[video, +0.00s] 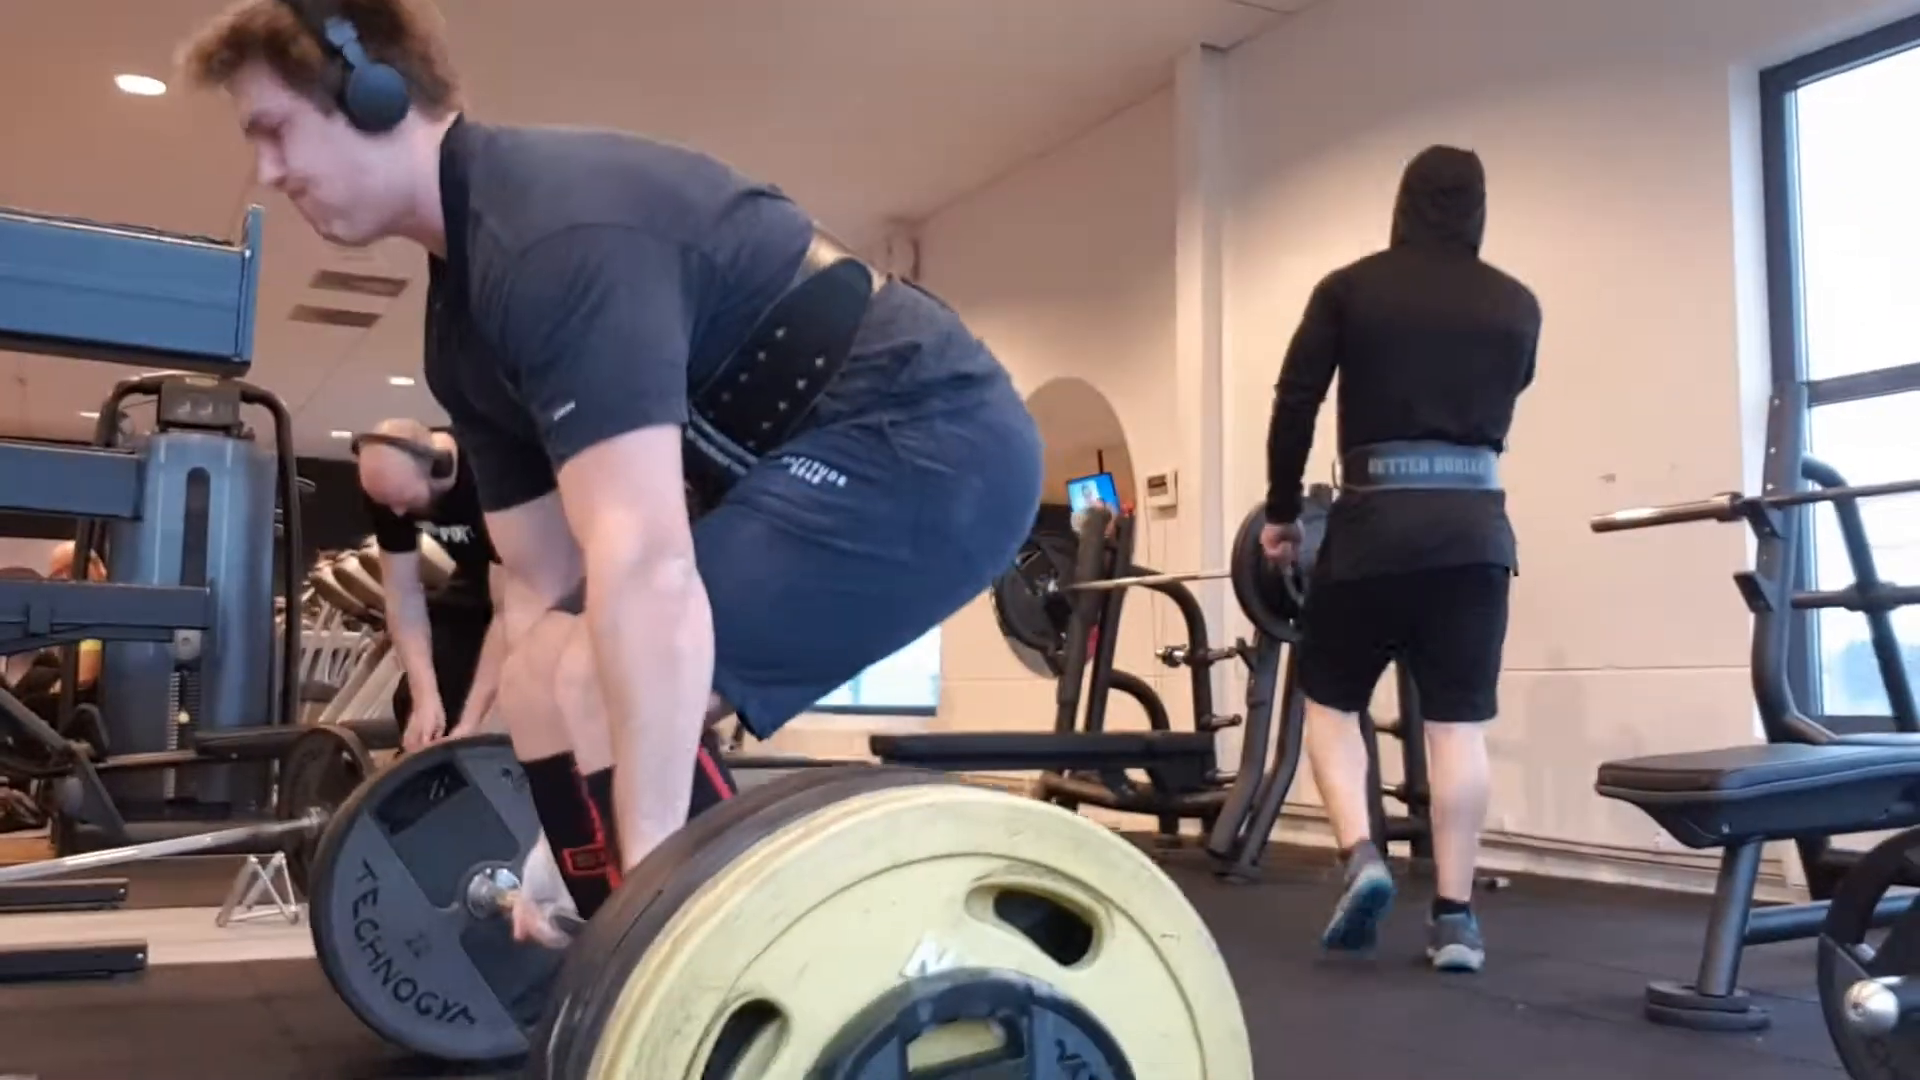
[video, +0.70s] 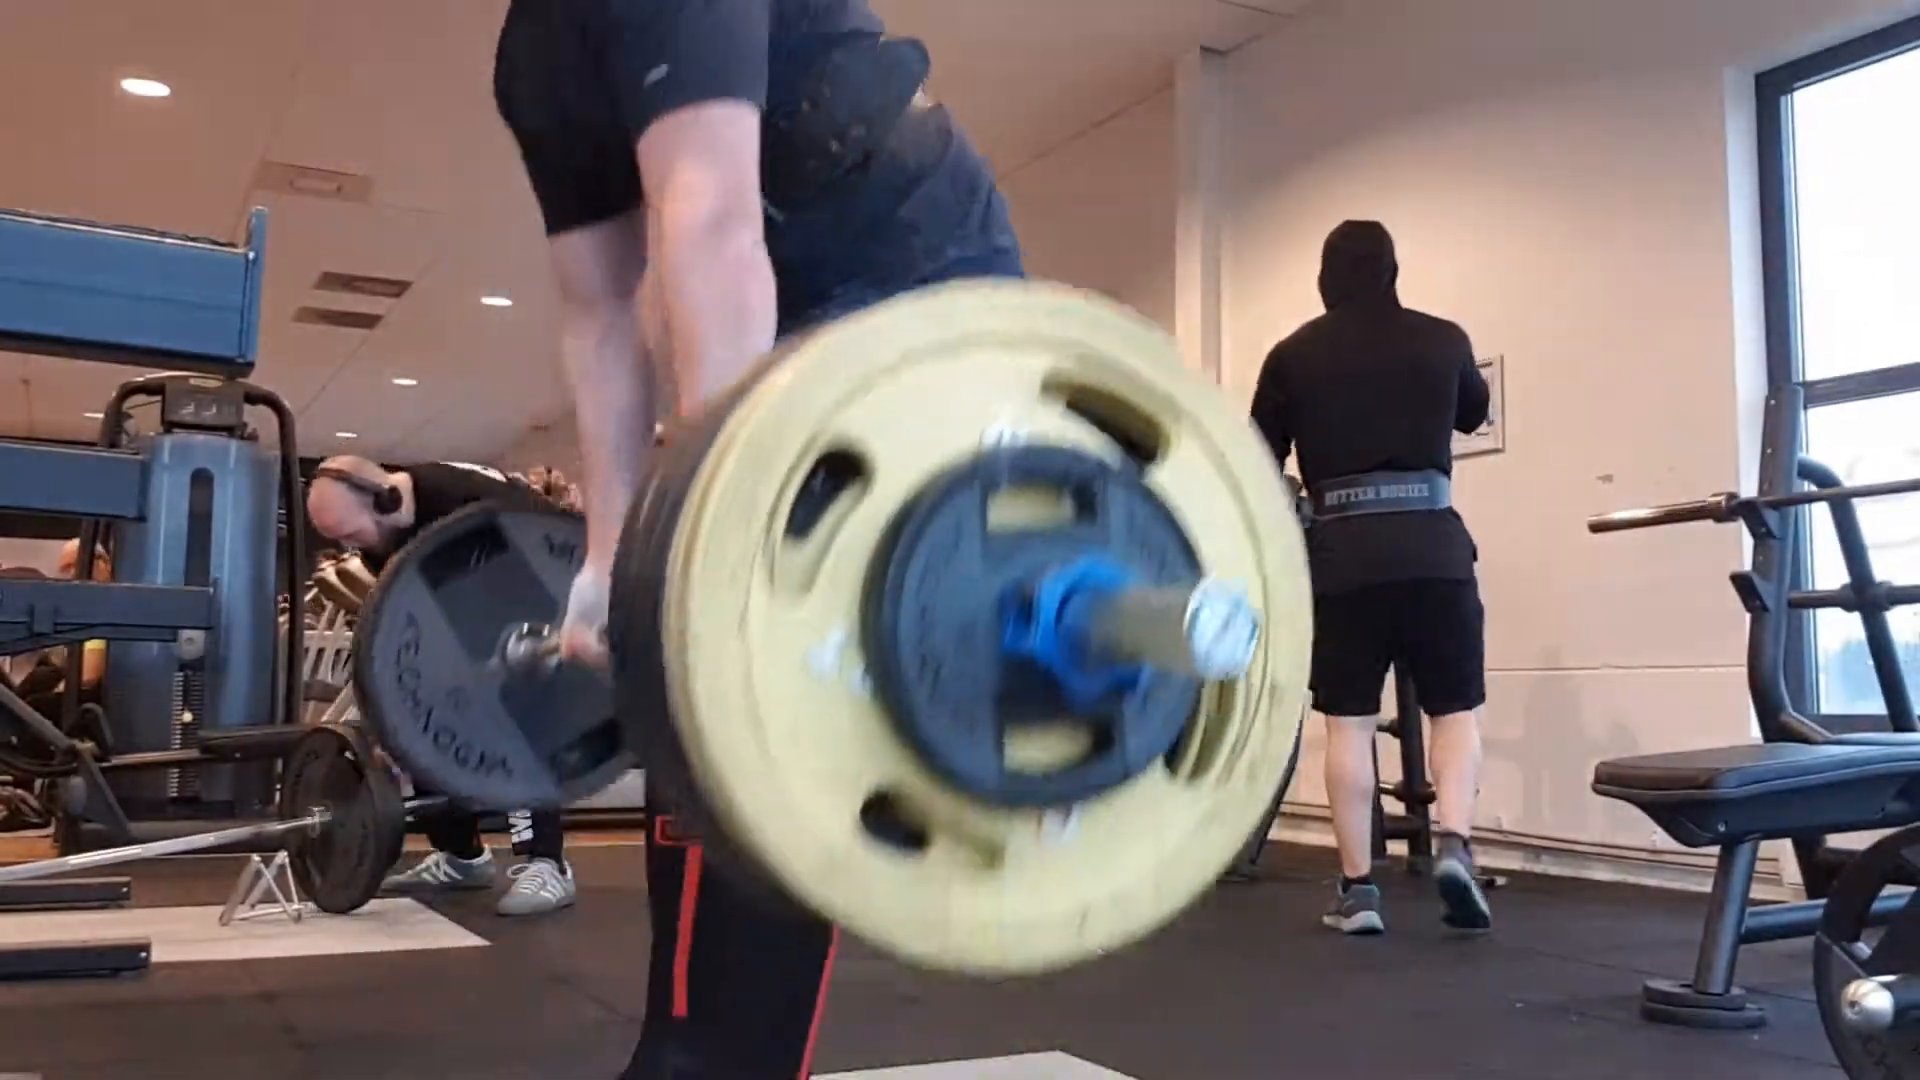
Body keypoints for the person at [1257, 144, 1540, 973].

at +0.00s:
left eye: (1423, 196)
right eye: (1464, 204)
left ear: (1402, 208)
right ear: (1479, 216)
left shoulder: (1348, 288)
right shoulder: (1516, 303)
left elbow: (1295, 404)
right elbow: (1502, 400)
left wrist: (1282, 511)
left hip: (1373, 530)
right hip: (1474, 531)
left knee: (1331, 698)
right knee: (1458, 724)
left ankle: (1362, 857)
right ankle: (1455, 917)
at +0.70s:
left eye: (1331, 269)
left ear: (1326, 279)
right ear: (1394, 275)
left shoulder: (1293, 356)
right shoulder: (1442, 340)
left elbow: (1259, 464)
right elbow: (1472, 415)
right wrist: (1427, 374)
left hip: (1343, 566)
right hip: (1435, 558)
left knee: (1347, 724)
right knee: (1453, 708)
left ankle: (1359, 890)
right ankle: (1453, 847)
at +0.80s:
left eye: (1327, 279)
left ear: (1324, 284)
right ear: (1393, 281)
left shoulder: (1301, 356)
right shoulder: (1442, 345)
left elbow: (1281, 434)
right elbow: (1472, 420)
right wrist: (1411, 396)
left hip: (1343, 562)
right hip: (1433, 560)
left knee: (1347, 725)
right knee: (1451, 718)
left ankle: (1358, 891)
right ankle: (1470, 875)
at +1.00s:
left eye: (1339, 292)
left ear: (1340, 300)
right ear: (1406, 297)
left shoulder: (1320, 361)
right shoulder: (1454, 362)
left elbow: (1296, 447)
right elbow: (1483, 442)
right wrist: (1427, 408)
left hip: (1348, 567)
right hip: (1436, 568)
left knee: (1351, 725)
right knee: (1446, 730)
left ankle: (1359, 886)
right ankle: (1461, 879)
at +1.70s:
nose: (1349, 333)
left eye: (1350, 323)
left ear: (1354, 326)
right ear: (1413, 321)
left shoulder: (1336, 392)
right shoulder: (1463, 391)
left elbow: (1304, 484)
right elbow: (1463, 487)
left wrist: (1289, 554)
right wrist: (1418, 537)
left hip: (1376, 575)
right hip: (1453, 572)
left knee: (1372, 725)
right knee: (1452, 719)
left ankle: (1380, 869)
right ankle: (1460, 871)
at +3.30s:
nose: (1361, 344)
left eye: (1361, 333)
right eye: (1361, 334)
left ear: (1371, 330)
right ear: (1423, 320)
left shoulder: (1380, 386)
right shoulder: (1479, 385)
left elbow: (1346, 476)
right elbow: (1514, 471)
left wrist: (1342, 527)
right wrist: (1467, 524)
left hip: (1436, 568)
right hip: (1497, 566)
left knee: (1433, 717)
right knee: (1482, 718)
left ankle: (1451, 871)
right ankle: (1489, 865)